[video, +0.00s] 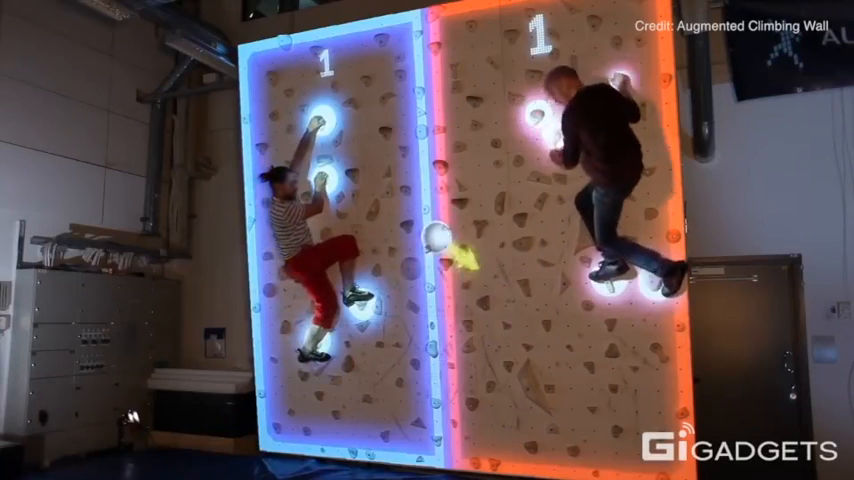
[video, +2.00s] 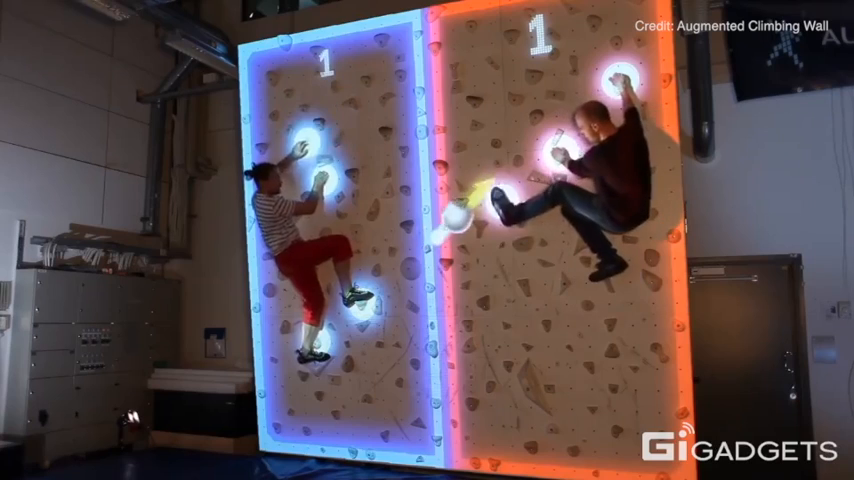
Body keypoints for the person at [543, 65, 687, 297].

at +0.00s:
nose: (555, 100)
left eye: (554, 95)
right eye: (552, 96)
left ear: (563, 86)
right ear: (575, 79)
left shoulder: (572, 114)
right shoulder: (604, 91)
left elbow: (570, 159)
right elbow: (634, 115)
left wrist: (558, 157)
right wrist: (624, 92)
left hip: (611, 178)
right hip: (632, 167)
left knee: (606, 241)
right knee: (583, 201)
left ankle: (669, 270)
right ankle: (614, 261)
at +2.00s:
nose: (582, 134)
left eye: (582, 128)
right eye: (580, 129)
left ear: (595, 125)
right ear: (606, 120)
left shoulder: (597, 156)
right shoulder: (632, 131)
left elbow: (579, 171)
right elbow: (631, 111)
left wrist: (566, 160)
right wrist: (626, 89)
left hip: (619, 221)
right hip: (641, 215)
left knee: (559, 190)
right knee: (571, 210)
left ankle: (513, 214)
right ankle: (610, 260)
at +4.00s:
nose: (555, 67)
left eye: (557, 62)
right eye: (556, 62)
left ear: (563, 62)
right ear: (581, 61)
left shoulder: (558, 92)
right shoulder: (599, 82)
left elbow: (542, 132)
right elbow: (617, 118)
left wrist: (535, 115)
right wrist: (617, 91)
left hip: (580, 169)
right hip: (605, 164)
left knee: (597, 233)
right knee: (572, 205)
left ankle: (646, 283)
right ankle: (607, 258)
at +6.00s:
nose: (543, 162)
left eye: (543, 158)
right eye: (544, 157)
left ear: (549, 158)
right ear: (566, 146)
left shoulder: (557, 178)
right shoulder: (593, 152)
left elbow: (543, 157)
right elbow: (617, 126)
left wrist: (542, 128)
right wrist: (622, 95)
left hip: (600, 239)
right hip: (622, 222)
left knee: (582, 288)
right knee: (564, 214)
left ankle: (574, 357)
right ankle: (609, 261)